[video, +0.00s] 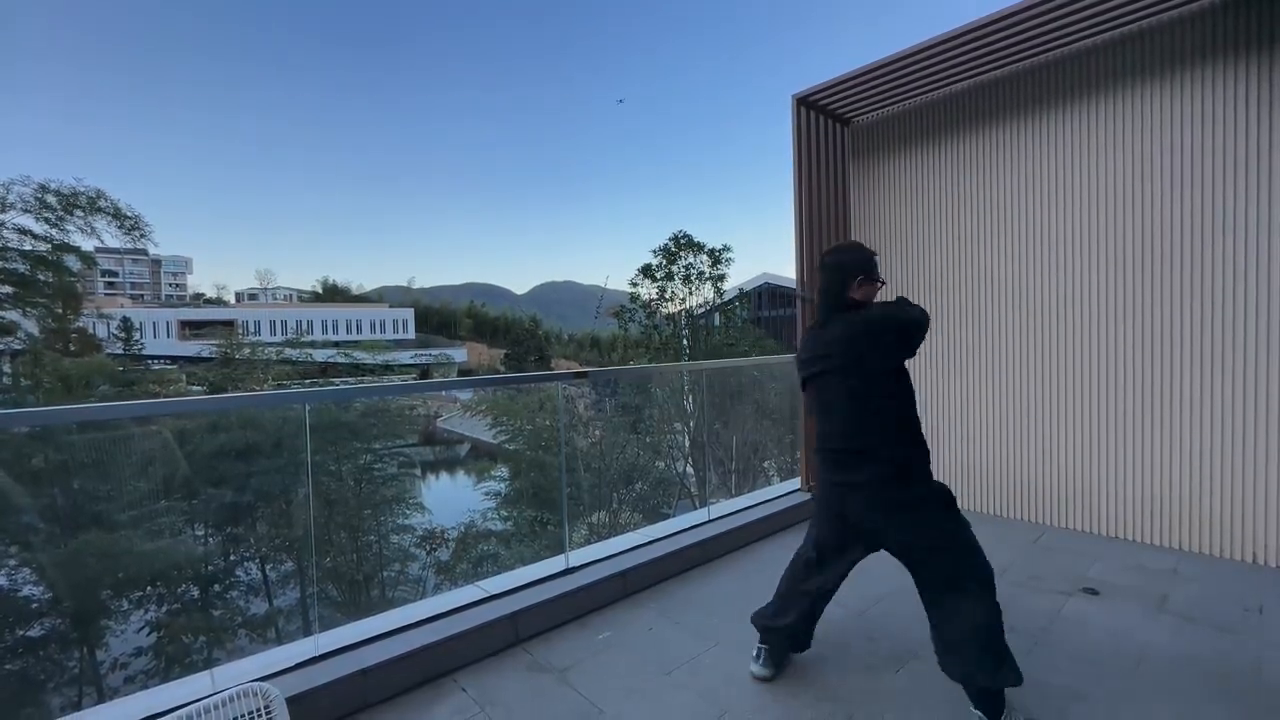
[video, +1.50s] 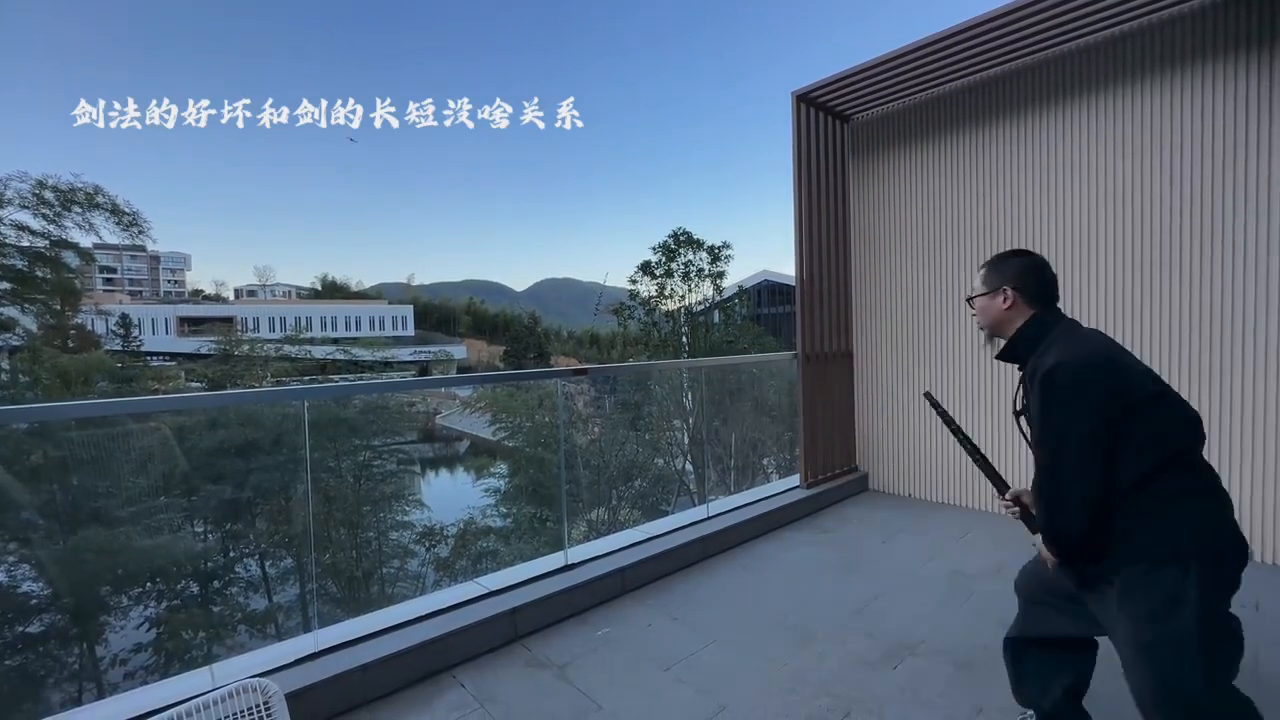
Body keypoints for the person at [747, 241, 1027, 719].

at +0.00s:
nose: (876, 289)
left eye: (874, 280)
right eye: (867, 281)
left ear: (828, 289)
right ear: (847, 288)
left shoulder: (811, 344)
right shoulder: (876, 327)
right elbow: (915, 319)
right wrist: (886, 302)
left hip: (839, 495)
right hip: (903, 491)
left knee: (813, 565)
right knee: (963, 579)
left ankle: (771, 644)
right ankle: (986, 693)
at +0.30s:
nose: (908, 307)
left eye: (908, 299)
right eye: (902, 299)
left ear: (877, 303)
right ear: (875, 301)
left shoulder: (897, 354)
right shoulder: (823, 364)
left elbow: (949, 412)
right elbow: (823, 437)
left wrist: (938, 429)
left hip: (871, 496)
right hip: (849, 501)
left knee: (829, 584)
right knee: (946, 586)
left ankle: (768, 643)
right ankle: (991, 704)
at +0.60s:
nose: (795, 346)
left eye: (795, 339)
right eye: (795, 339)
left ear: (803, 339)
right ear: (840, 332)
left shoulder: (795, 383)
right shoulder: (886, 356)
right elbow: (956, 375)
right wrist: (912, 411)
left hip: (819, 515)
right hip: (895, 511)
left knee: (786, 559)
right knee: (953, 589)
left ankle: (768, 644)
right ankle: (990, 705)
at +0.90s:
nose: (776, 369)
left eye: (775, 362)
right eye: (775, 362)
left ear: (786, 361)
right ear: (818, 350)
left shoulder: (798, 403)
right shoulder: (858, 372)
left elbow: (772, 451)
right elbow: (828, 407)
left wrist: (769, 410)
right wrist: (774, 398)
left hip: (852, 531)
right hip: (916, 527)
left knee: (782, 548)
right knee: (952, 613)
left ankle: (765, 641)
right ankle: (1019, 706)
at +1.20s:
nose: (906, 302)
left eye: (907, 292)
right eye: (904, 293)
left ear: (931, 288)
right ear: (955, 285)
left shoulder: (956, 341)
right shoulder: (998, 321)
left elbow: (891, 400)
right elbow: (908, 359)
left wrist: (832, 380)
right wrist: (833, 368)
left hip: (998, 495)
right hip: (1059, 494)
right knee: (987, 594)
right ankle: (1048, 705)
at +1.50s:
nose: (972, 308)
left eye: (977, 296)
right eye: (973, 298)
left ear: (1007, 299)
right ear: (1015, 300)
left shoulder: (1061, 367)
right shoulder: (1075, 349)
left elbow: (1072, 488)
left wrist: (1058, 546)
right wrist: (1042, 498)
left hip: (1168, 557)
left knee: (1181, 702)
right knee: (1040, 584)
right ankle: (1055, 709)